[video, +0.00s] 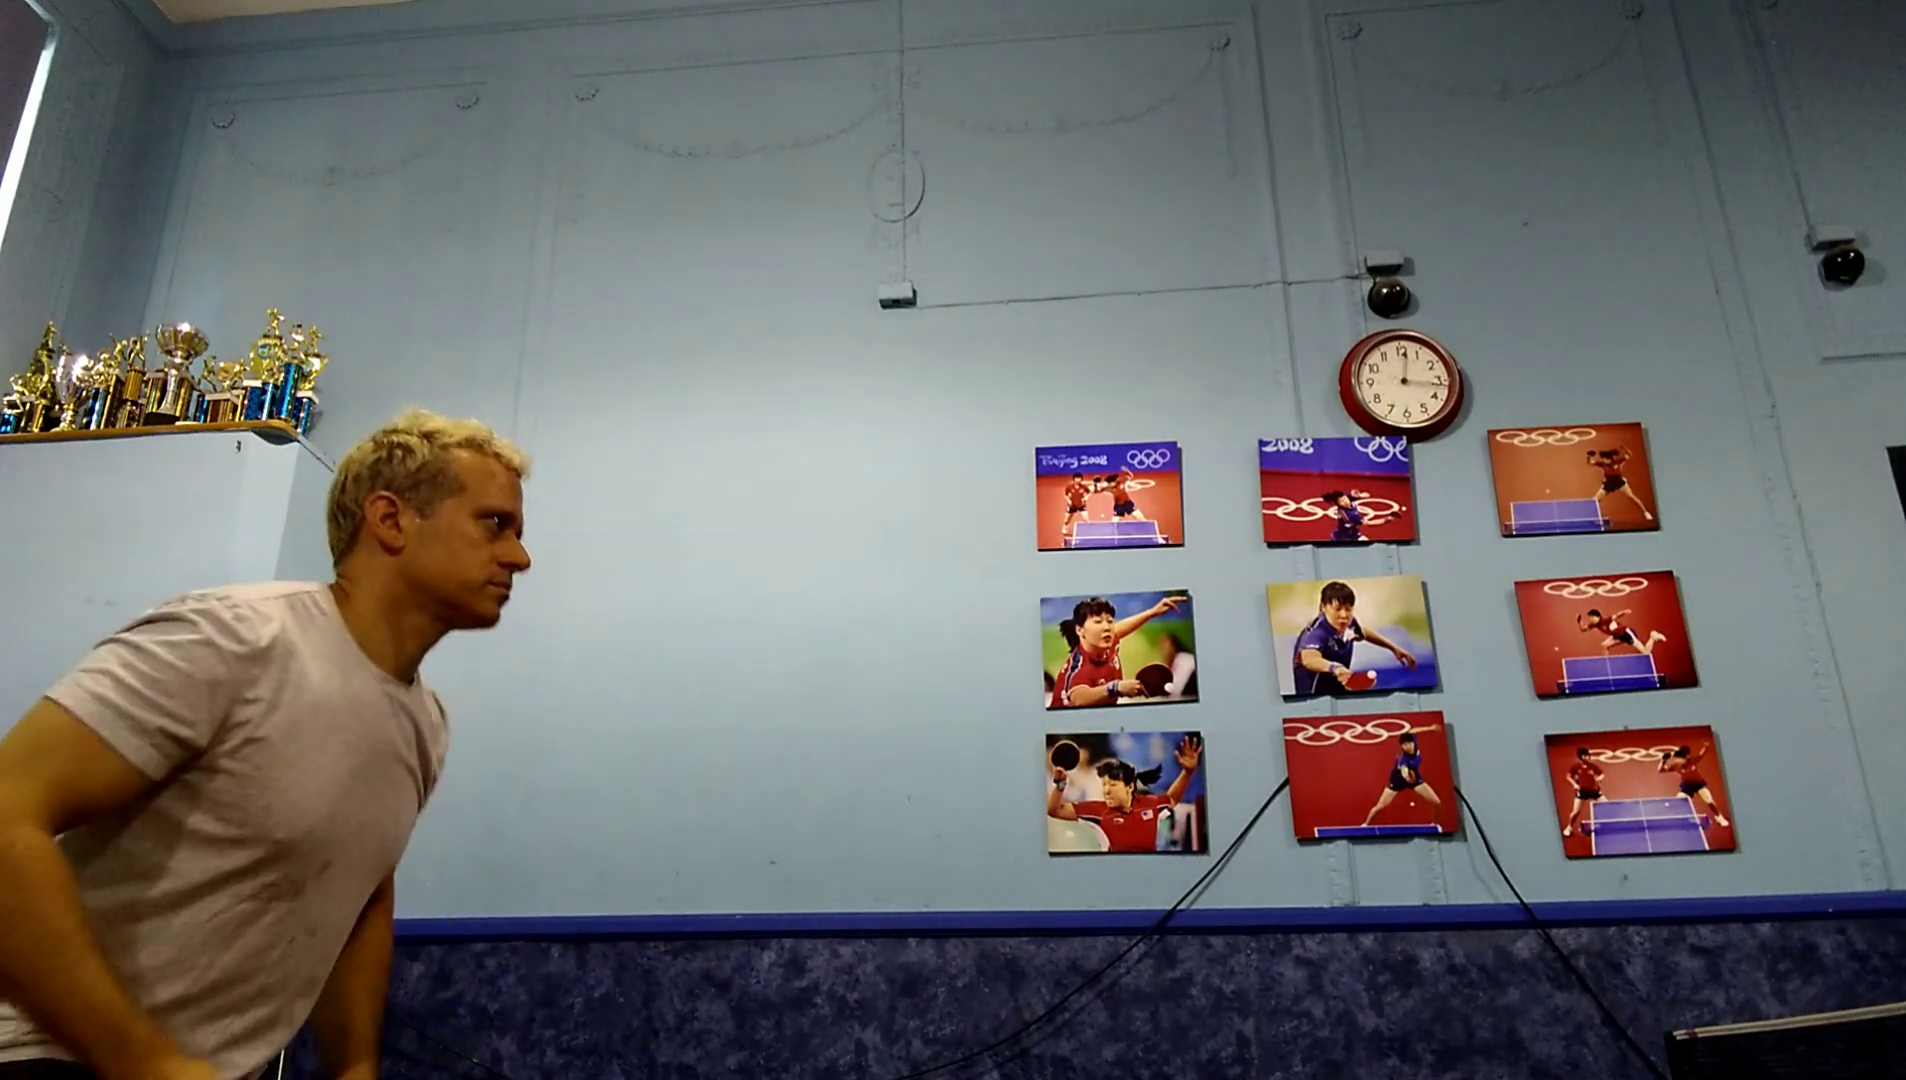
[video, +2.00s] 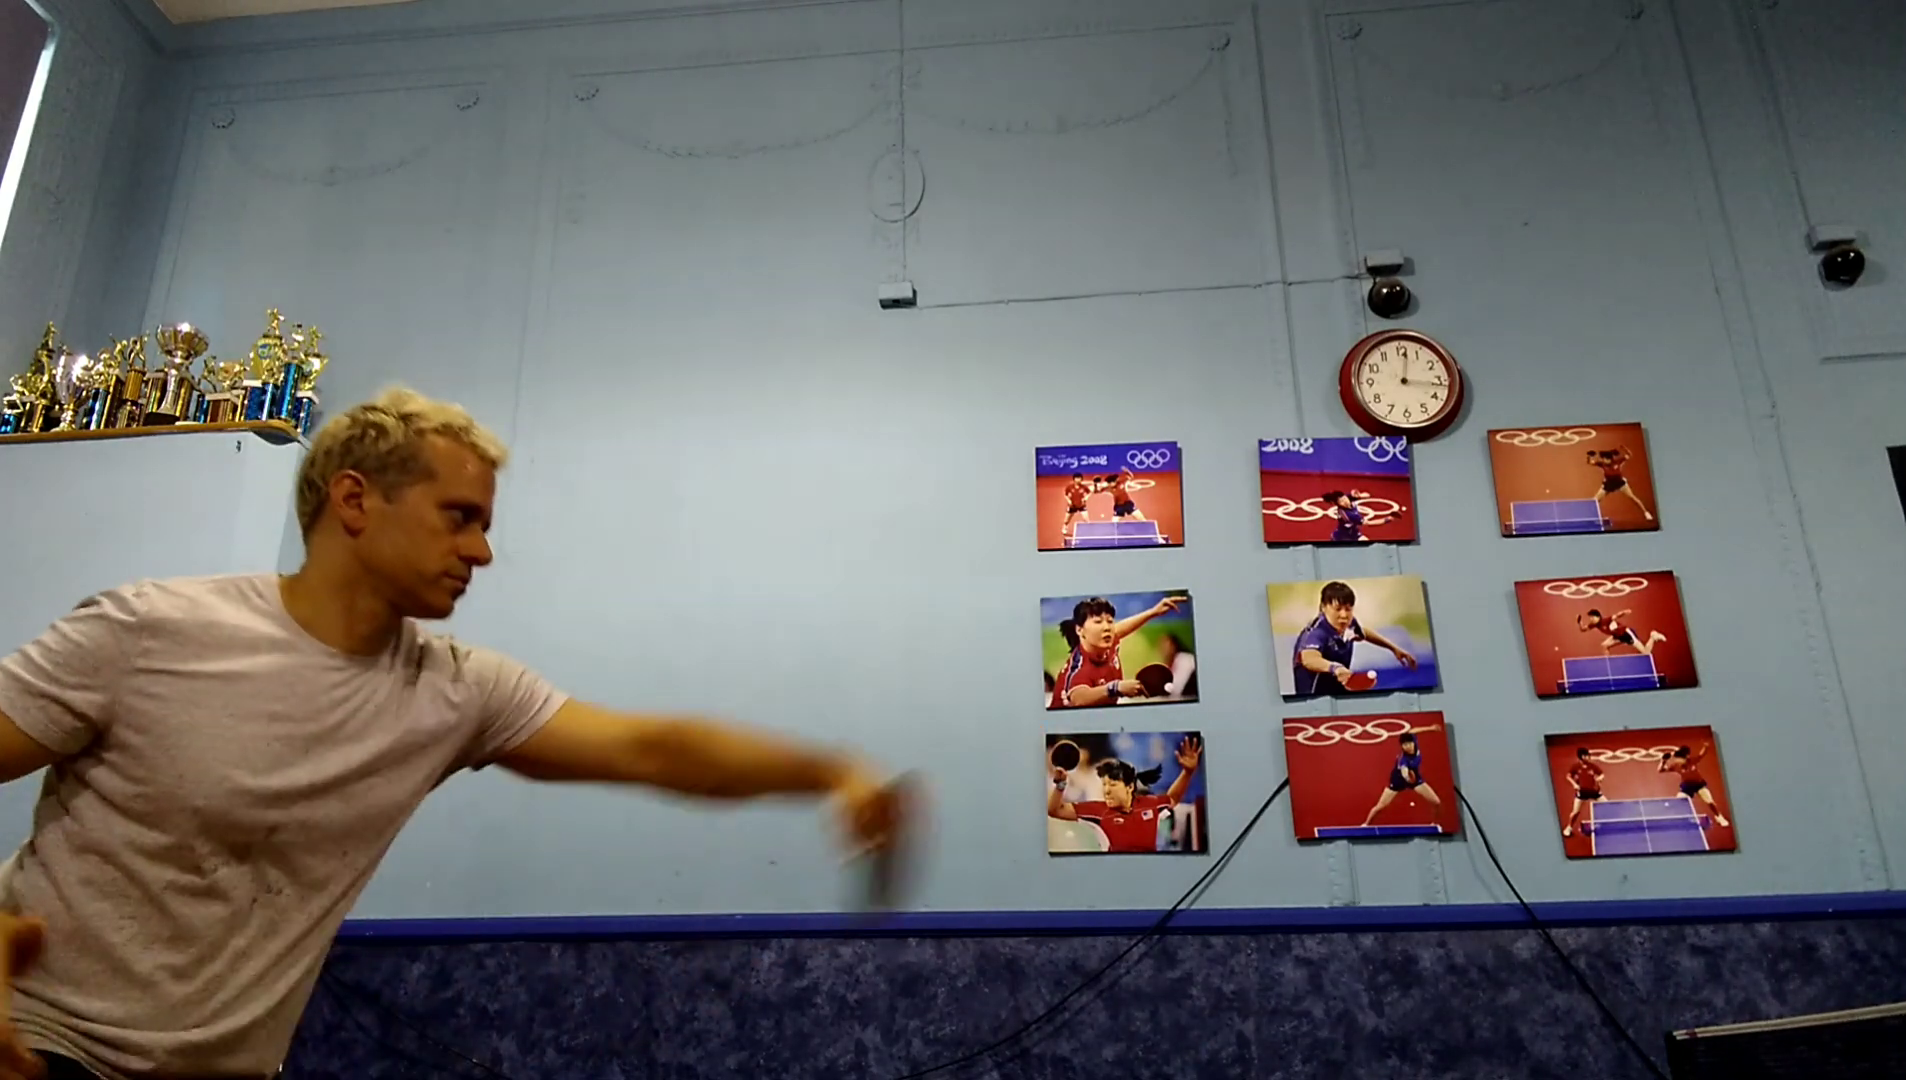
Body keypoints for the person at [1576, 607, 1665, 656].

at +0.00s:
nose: (1590, 620)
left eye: (1591, 618)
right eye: (1590, 618)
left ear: (1597, 617)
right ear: (1593, 618)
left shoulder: (1607, 620)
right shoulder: (1594, 624)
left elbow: (1617, 616)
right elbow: (1583, 630)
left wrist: (1625, 612)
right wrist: (1579, 623)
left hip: (1627, 634)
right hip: (1618, 637)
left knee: (1646, 652)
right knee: (1604, 645)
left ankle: (1653, 636)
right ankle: (1608, 667)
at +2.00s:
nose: (1590, 620)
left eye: (1591, 618)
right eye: (1590, 618)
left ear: (1597, 617)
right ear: (1593, 618)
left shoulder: (1606, 620)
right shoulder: (1594, 624)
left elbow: (1617, 616)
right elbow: (1583, 630)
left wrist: (1625, 612)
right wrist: (1579, 623)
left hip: (1627, 634)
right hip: (1618, 637)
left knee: (1645, 652)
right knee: (1604, 645)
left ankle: (1653, 636)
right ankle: (1608, 666)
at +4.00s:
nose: (1591, 620)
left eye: (1591, 618)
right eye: (1590, 619)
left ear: (1597, 617)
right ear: (1593, 618)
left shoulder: (1607, 620)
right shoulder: (1595, 625)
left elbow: (1617, 615)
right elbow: (1584, 630)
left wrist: (1625, 612)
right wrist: (1579, 623)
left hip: (1627, 634)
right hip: (1618, 637)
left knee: (1646, 652)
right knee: (1604, 645)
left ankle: (1653, 636)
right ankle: (1608, 667)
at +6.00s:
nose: (1590, 620)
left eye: (1591, 618)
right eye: (1590, 618)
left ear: (1597, 617)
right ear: (1593, 618)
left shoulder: (1607, 620)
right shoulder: (1594, 624)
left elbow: (1617, 615)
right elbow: (1583, 630)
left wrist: (1626, 612)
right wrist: (1579, 623)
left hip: (1627, 634)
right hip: (1618, 637)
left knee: (1645, 652)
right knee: (1604, 645)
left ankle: (1653, 636)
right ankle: (1607, 667)